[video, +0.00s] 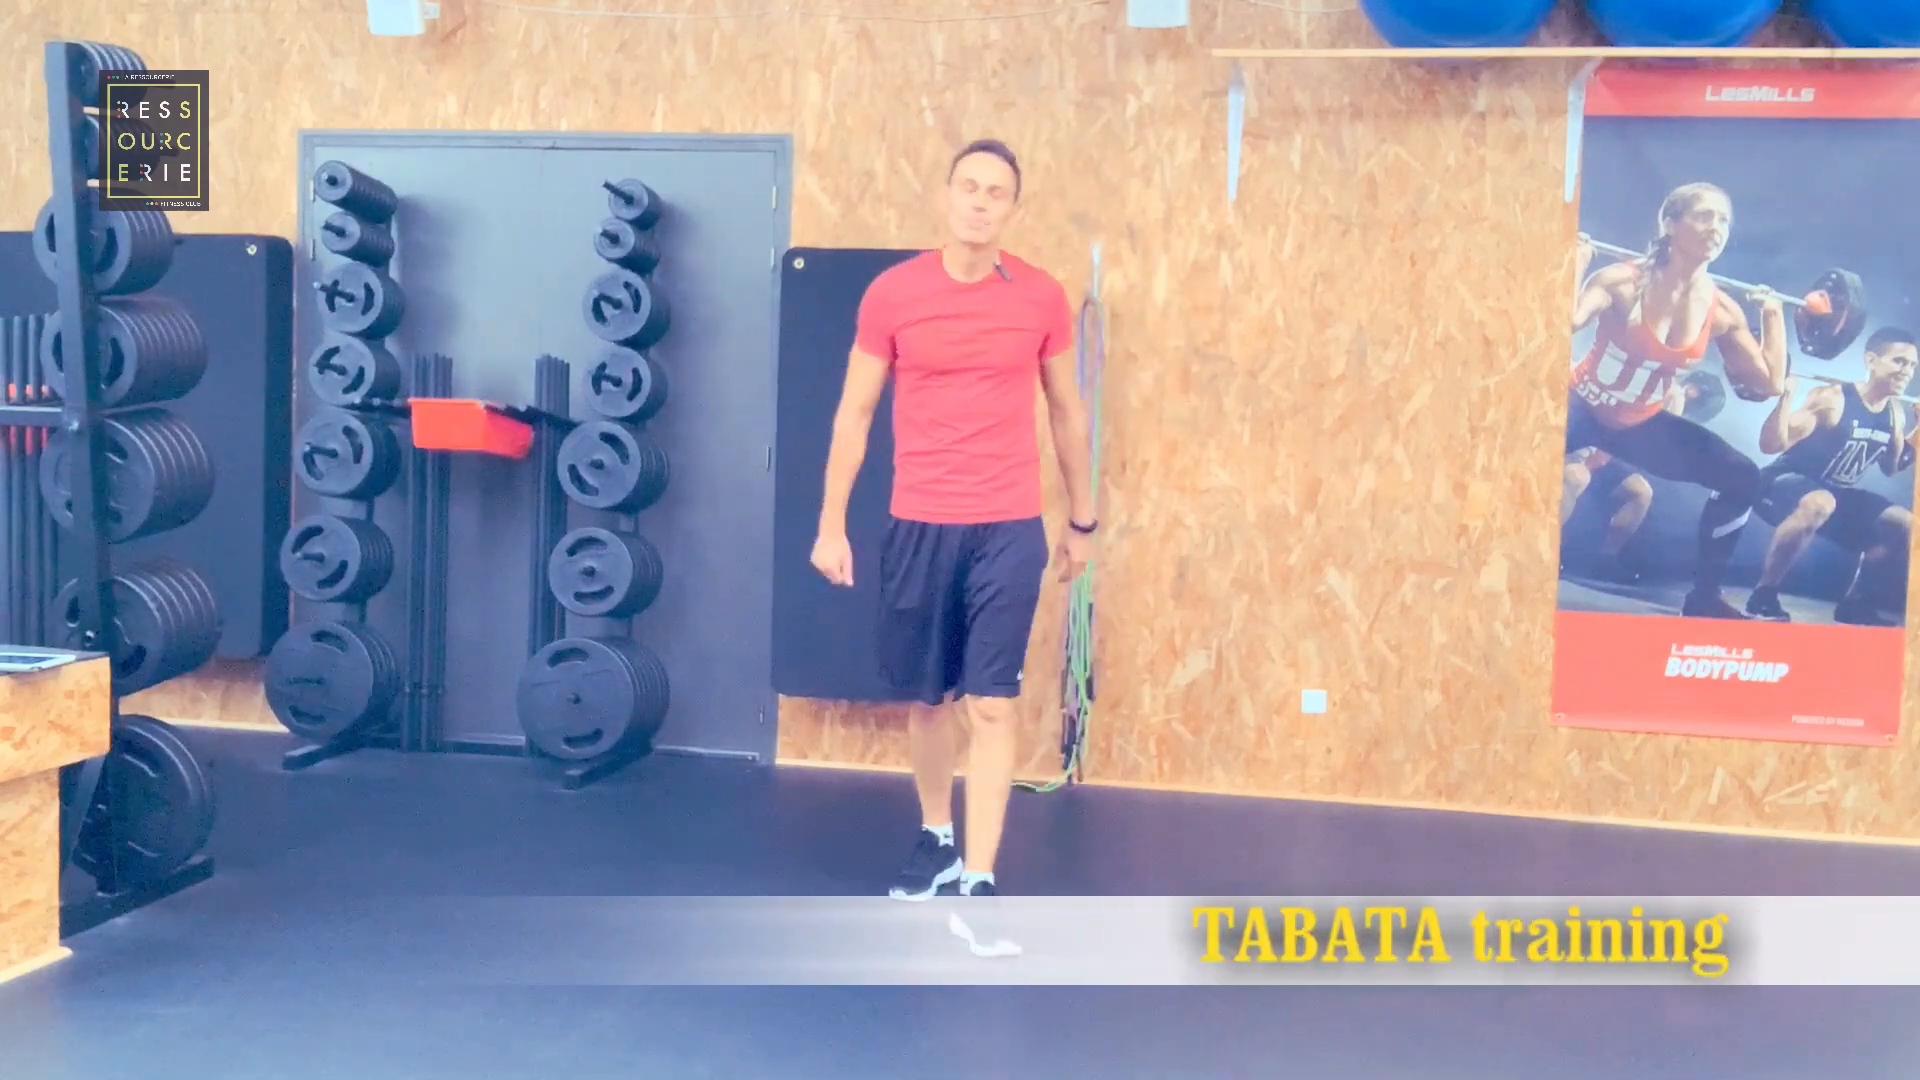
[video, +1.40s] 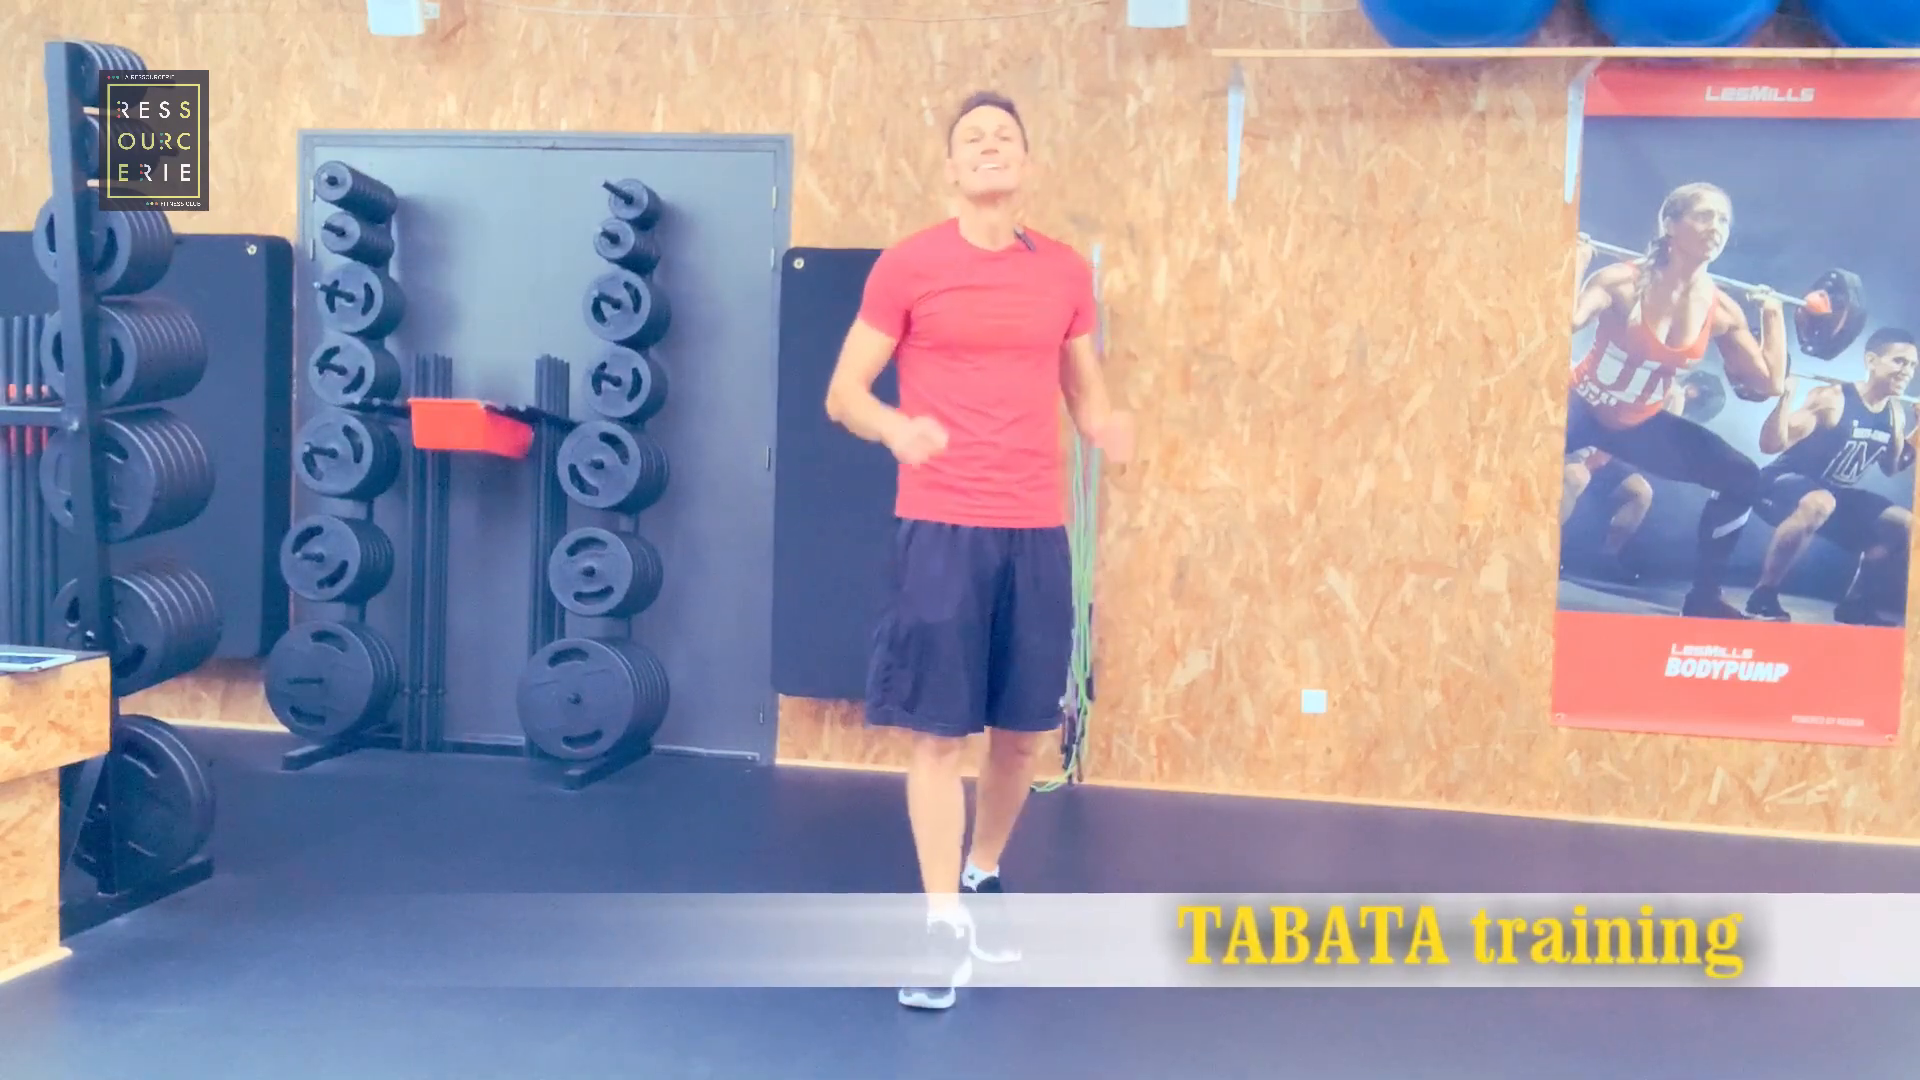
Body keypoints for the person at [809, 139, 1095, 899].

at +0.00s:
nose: (979, 202)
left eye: (995, 193)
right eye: (969, 187)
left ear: (1013, 211)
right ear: (943, 196)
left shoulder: (1043, 300)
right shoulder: (892, 293)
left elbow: (1065, 408)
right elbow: (853, 413)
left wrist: (1081, 515)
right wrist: (830, 525)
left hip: (1010, 530)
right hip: (918, 529)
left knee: (990, 704)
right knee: (927, 701)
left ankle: (978, 883)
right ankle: (937, 840)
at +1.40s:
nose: (989, 153)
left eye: (1003, 141)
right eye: (972, 142)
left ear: (1029, 164)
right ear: (948, 166)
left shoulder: (1066, 270)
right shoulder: (907, 264)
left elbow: (1089, 395)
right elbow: (843, 393)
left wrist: (1107, 428)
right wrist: (892, 424)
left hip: (1037, 525)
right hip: (940, 524)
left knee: (1022, 730)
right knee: (942, 730)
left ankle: (979, 877)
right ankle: (942, 923)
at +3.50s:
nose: (1006, 197)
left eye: (1022, 185)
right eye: (995, 182)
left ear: (1045, 200)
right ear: (972, 193)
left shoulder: (1078, 289)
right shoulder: (930, 287)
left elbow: (1119, 400)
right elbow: (878, 406)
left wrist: (1097, 492)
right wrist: (910, 493)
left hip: (1052, 526)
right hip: (957, 527)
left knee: (1062, 704)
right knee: (960, 702)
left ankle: (1067, 893)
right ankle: (958, 872)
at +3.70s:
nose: (1007, 199)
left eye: (1023, 188)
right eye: (996, 185)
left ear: (1045, 204)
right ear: (974, 196)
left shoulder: (1078, 291)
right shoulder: (933, 292)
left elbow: (1122, 401)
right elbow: (877, 407)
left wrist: (1094, 479)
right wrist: (914, 486)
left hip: (1053, 527)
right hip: (957, 526)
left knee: (1069, 698)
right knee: (959, 699)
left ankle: (1059, 845)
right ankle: (959, 867)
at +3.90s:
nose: (1025, 202)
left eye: (1040, 190)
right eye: (1014, 188)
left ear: (1062, 205)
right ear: (993, 199)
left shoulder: (1094, 293)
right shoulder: (953, 289)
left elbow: (1132, 405)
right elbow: (895, 402)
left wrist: (1120, 441)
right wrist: (922, 442)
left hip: (1063, 524)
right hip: (972, 521)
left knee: (1060, 698)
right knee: (965, 695)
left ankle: (1044, 847)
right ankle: (960, 866)